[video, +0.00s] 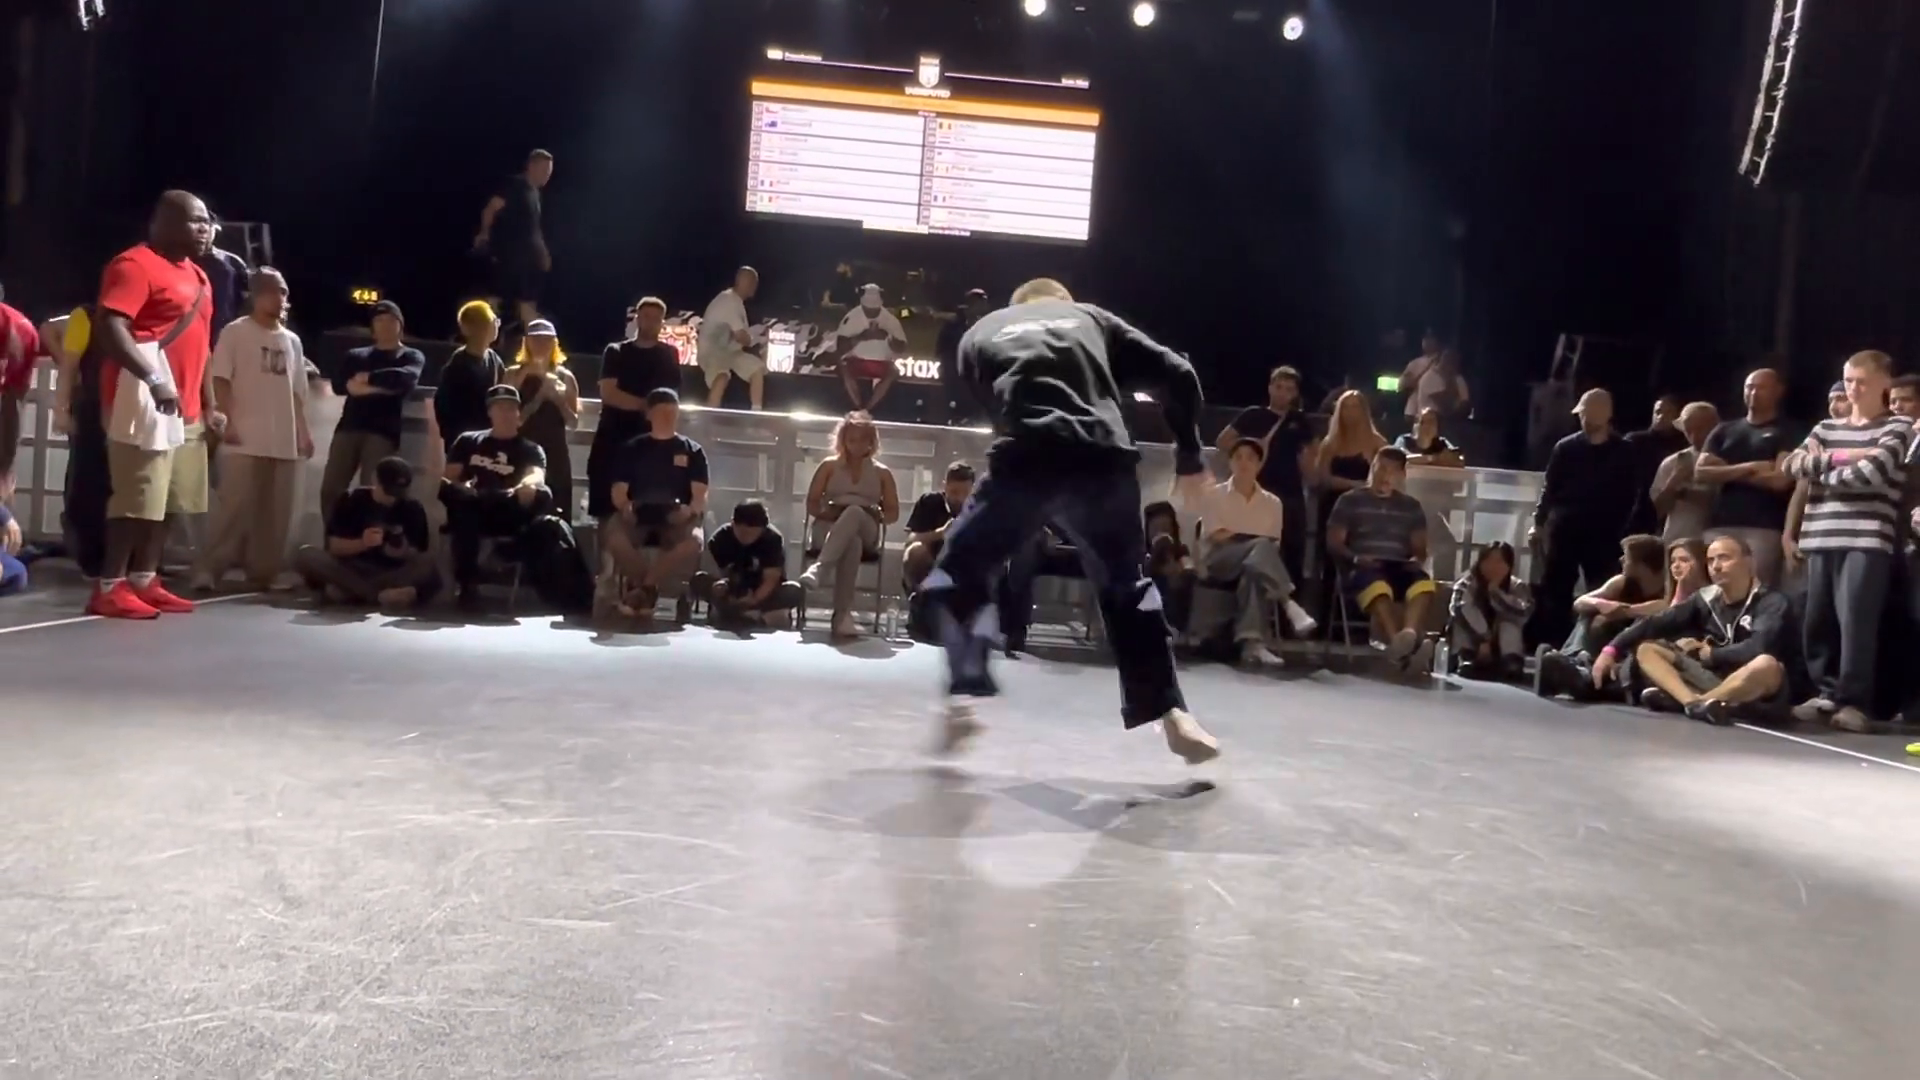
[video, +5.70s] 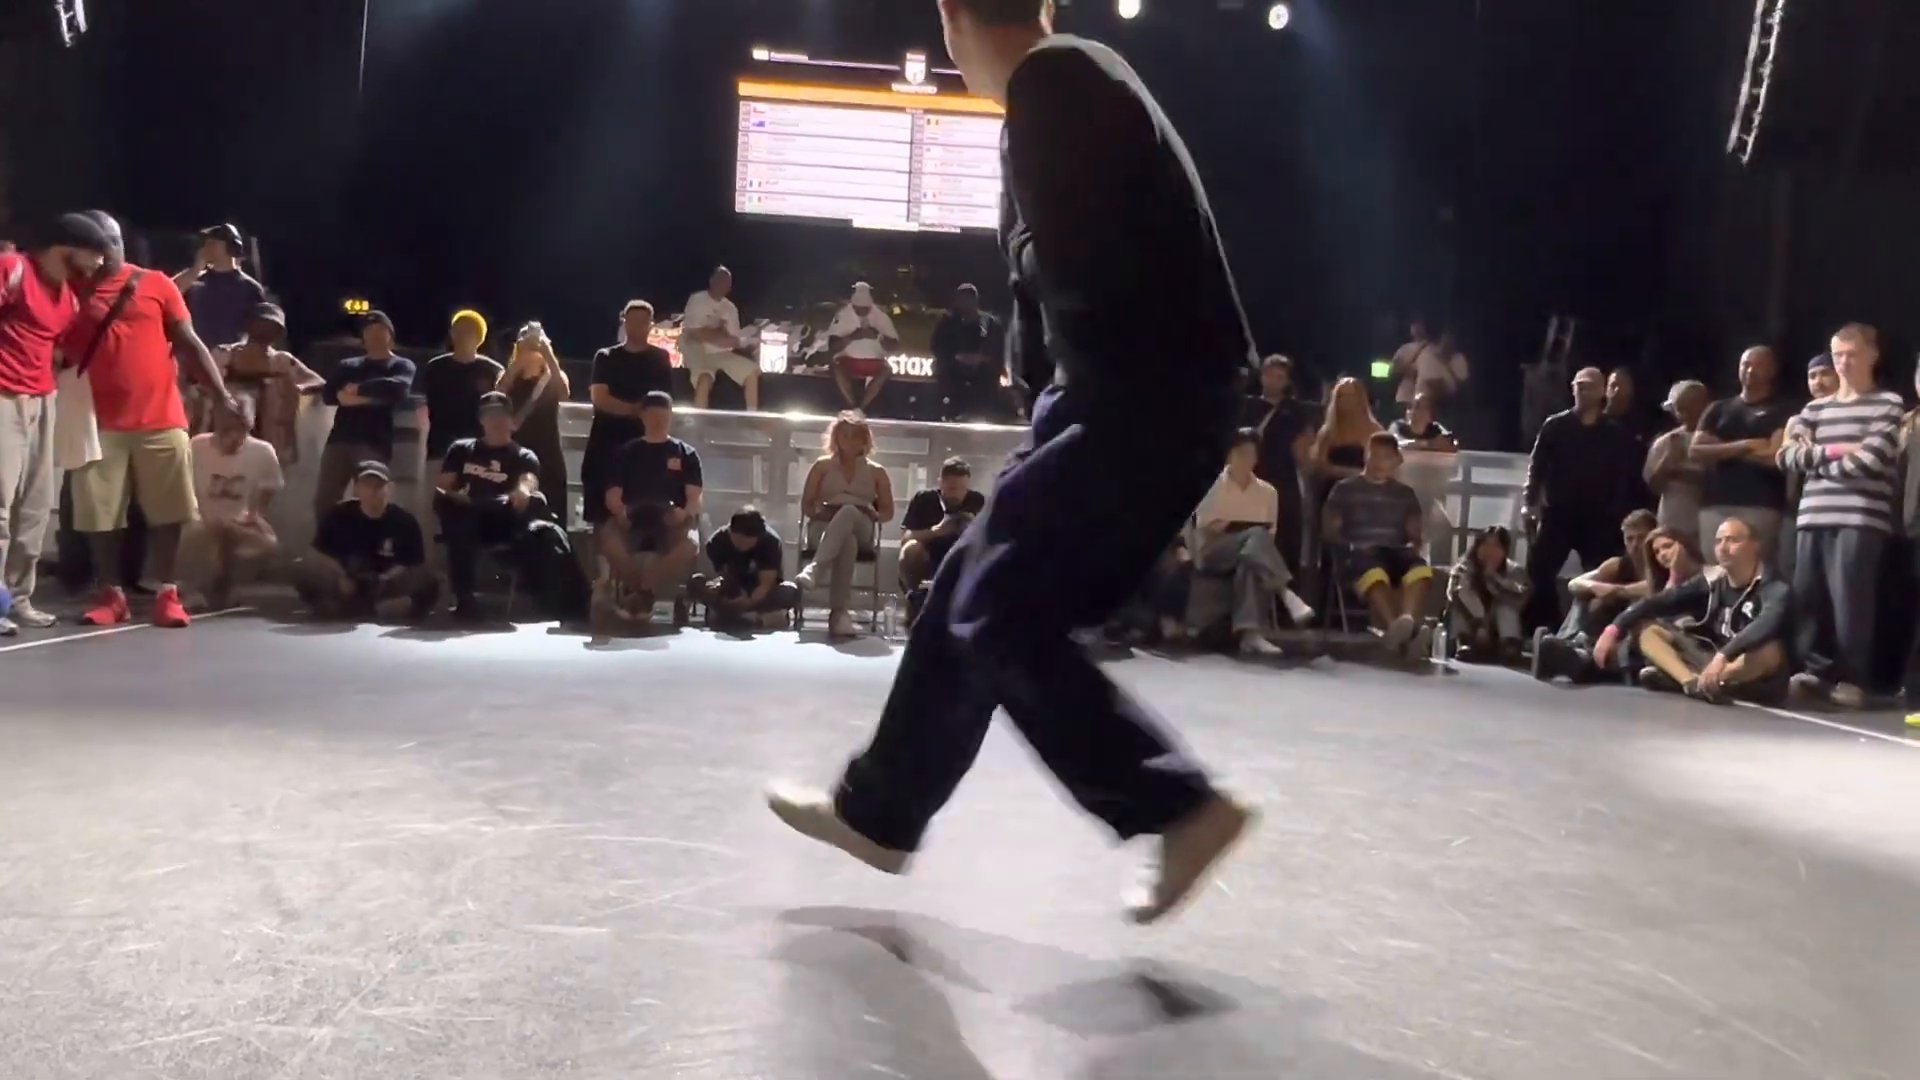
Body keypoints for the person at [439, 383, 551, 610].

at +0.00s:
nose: (508, 414)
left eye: (512, 409)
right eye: (502, 408)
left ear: (519, 414)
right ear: (489, 412)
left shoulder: (531, 449)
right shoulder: (468, 441)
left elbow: (534, 479)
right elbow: (448, 482)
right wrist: (463, 488)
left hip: (510, 503)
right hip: (475, 502)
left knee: (541, 497)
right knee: (460, 505)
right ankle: (466, 584)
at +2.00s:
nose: (527, 394)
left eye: (532, 389)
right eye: (522, 388)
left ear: (539, 395)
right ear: (509, 392)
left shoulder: (550, 429)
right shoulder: (487, 420)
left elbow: (553, 457)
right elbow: (467, 462)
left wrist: (546, 466)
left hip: (531, 488)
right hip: (494, 485)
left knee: (560, 475)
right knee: (481, 484)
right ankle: (484, 566)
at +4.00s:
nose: (523, 394)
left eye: (528, 389)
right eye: (518, 388)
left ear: (537, 395)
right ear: (507, 391)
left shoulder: (548, 430)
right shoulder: (486, 421)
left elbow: (553, 458)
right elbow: (466, 461)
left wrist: (548, 467)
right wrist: (488, 471)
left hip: (530, 490)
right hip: (493, 487)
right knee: (482, 492)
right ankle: (485, 568)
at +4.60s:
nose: (518, 400)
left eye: (523, 395)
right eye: (513, 394)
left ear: (531, 400)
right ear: (502, 398)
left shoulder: (543, 436)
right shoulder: (481, 428)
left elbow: (546, 467)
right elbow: (460, 468)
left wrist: (543, 472)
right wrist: (478, 477)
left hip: (524, 494)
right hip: (489, 493)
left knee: (552, 484)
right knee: (474, 495)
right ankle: (479, 576)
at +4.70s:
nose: (516, 401)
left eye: (521, 396)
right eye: (511, 395)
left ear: (529, 401)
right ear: (500, 399)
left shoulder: (541, 437)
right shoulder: (479, 428)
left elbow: (543, 472)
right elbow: (458, 469)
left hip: (522, 495)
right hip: (486, 494)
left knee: (550, 485)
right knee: (472, 495)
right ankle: (477, 577)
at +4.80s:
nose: (514, 401)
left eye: (518, 396)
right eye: (508, 395)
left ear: (527, 402)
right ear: (498, 400)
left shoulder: (540, 438)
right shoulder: (477, 429)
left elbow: (543, 466)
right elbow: (457, 471)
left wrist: (538, 474)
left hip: (521, 495)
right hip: (486, 494)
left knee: (550, 486)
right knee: (469, 496)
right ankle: (475, 577)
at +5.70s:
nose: (498, 423)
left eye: (502, 417)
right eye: (492, 417)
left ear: (512, 421)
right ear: (482, 421)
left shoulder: (524, 457)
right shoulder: (461, 449)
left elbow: (529, 482)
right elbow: (442, 488)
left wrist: (522, 492)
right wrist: (458, 496)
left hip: (506, 514)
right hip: (470, 512)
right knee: (457, 518)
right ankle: (464, 597)